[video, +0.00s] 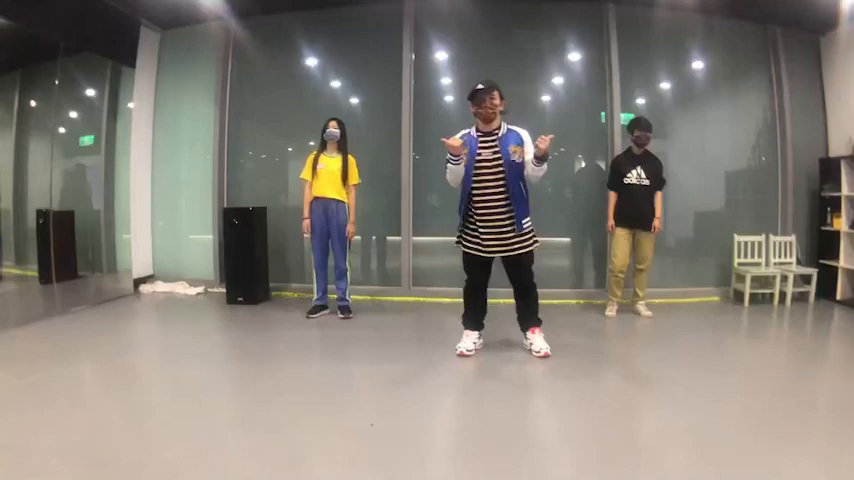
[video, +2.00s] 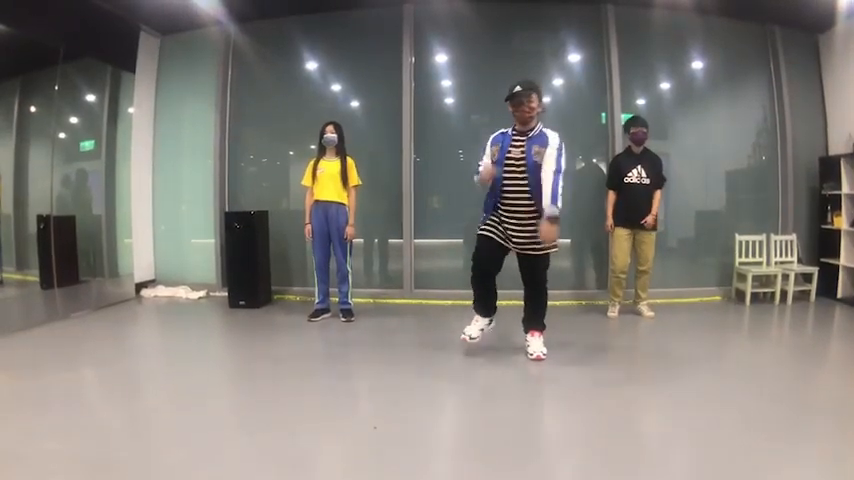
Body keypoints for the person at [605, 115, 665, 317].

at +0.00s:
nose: (642, 138)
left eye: (646, 135)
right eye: (639, 135)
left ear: (650, 137)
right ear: (631, 135)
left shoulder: (655, 162)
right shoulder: (619, 161)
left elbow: (658, 191)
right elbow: (613, 191)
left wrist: (658, 217)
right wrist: (610, 217)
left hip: (646, 221)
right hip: (622, 221)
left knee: (643, 265)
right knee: (618, 265)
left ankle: (639, 300)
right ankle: (613, 301)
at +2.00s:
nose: (640, 135)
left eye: (643, 131)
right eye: (635, 131)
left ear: (648, 134)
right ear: (628, 134)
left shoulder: (654, 160)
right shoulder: (618, 161)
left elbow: (657, 189)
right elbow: (612, 191)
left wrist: (653, 213)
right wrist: (609, 217)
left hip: (646, 222)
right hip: (622, 222)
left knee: (645, 266)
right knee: (619, 267)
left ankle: (641, 301)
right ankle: (615, 302)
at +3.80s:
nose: (639, 144)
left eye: (642, 140)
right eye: (634, 141)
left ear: (645, 142)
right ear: (626, 143)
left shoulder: (642, 169)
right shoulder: (618, 164)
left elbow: (642, 198)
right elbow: (604, 193)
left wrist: (651, 219)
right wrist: (612, 220)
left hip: (635, 228)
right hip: (614, 228)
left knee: (643, 270)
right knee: (603, 271)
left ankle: (640, 309)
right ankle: (586, 306)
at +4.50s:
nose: (609, 151)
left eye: (612, 148)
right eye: (605, 148)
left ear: (619, 148)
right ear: (600, 149)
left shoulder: (626, 171)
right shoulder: (597, 173)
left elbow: (646, 194)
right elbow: (589, 194)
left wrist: (637, 216)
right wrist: (583, 213)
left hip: (629, 234)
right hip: (604, 234)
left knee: (642, 275)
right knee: (596, 274)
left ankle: (656, 306)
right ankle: (597, 309)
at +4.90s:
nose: (635, 139)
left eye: (637, 135)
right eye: (630, 136)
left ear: (641, 138)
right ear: (621, 139)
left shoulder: (641, 167)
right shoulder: (613, 163)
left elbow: (641, 195)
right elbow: (601, 192)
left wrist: (648, 219)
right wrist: (606, 222)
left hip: (634, 227)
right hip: (612, 226)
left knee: (638, 270)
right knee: (602, 271)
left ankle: (633, 307)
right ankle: (589, 307)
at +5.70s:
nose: (606, 150)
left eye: (609, 146)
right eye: (602, 146)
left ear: (615, 149)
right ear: (596, 149)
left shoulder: (623, 171)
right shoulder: (589, 173)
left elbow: (641, 193)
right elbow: (578, 195)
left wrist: (628, 217)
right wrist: (580, 218)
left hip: (621, 234)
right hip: (596, 234)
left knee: (632, 276)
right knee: (590, 276)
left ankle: (649, 308)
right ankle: (589, 311)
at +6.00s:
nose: (619, 148)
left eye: (623, 144)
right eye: (615, 144)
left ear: (627, 146)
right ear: (606, 145)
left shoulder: (628, 172)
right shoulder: (593, 170)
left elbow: (632, 202)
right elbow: (584, 198)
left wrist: (636, 227)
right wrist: (585, 222)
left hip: (623, 234)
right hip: (598, 234)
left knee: (632, 276)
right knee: (595, 277)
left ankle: (632, 309)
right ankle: (589, 311)